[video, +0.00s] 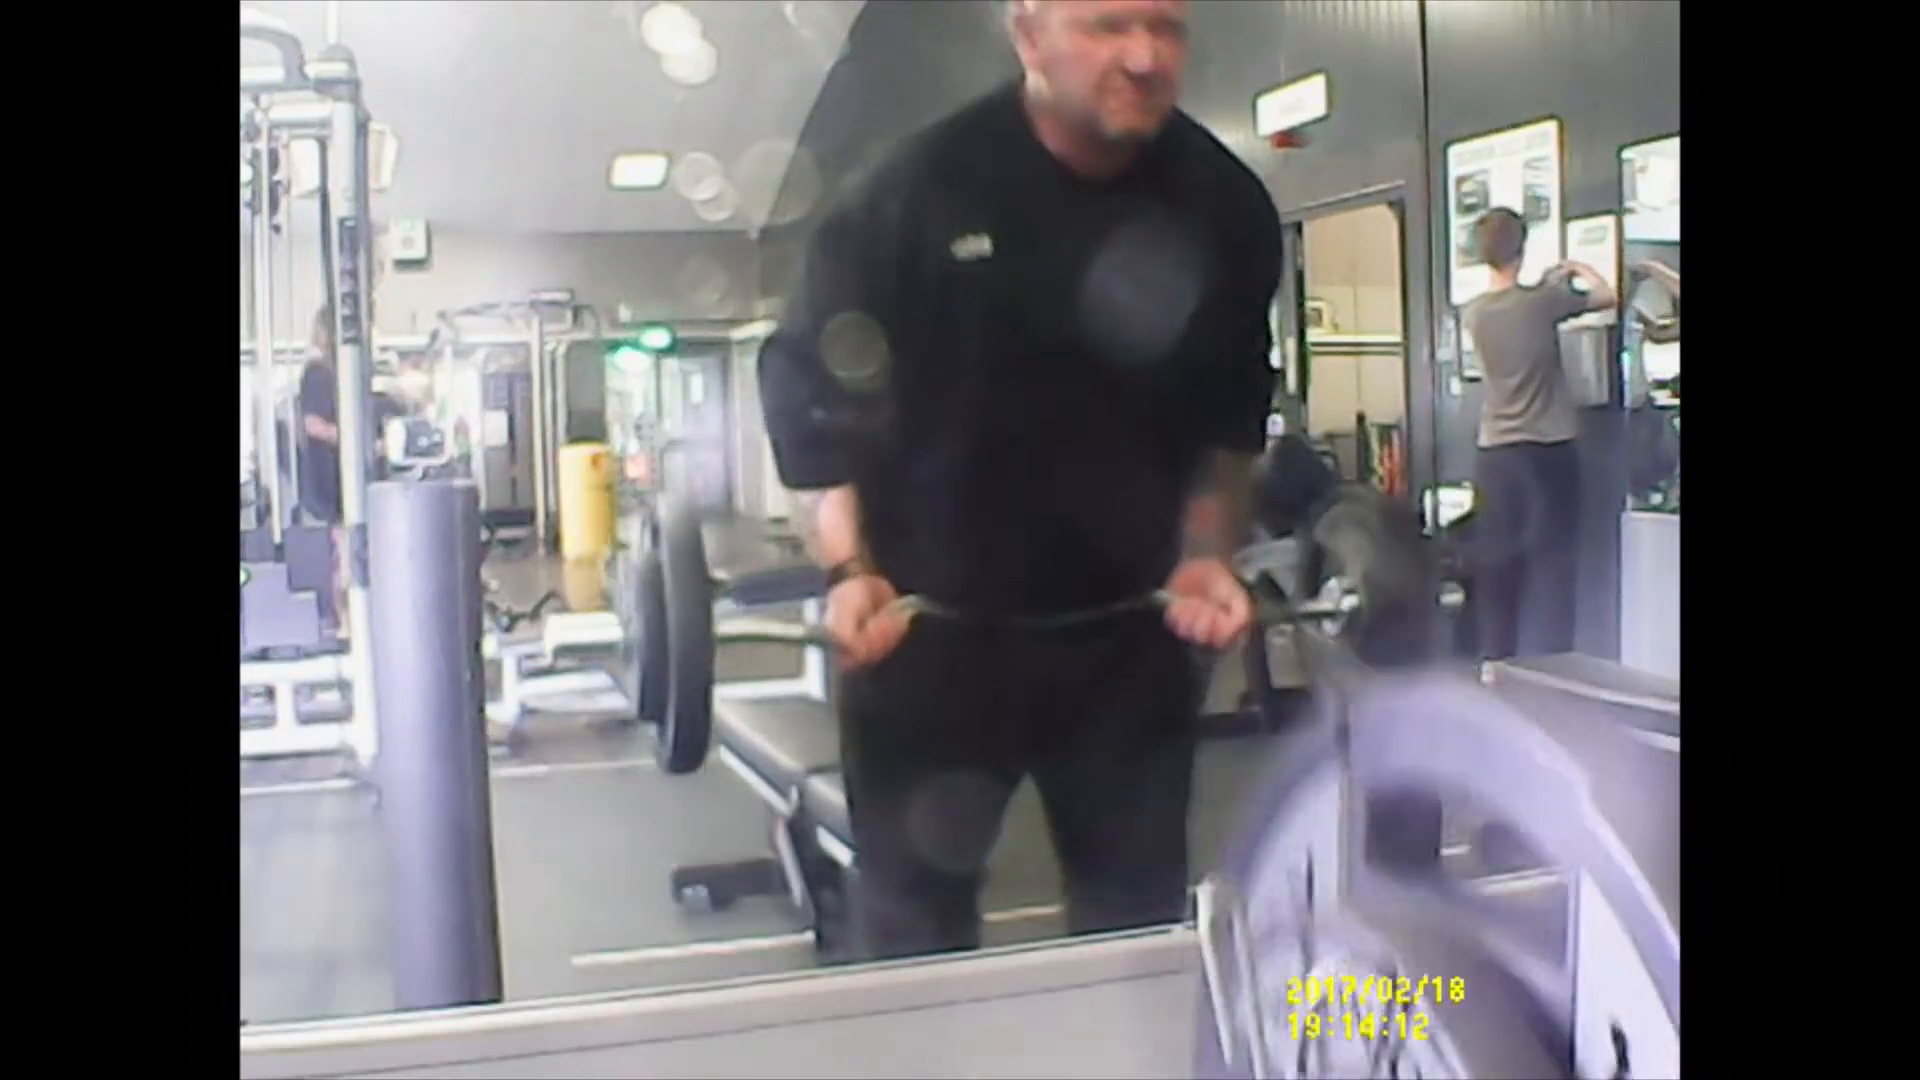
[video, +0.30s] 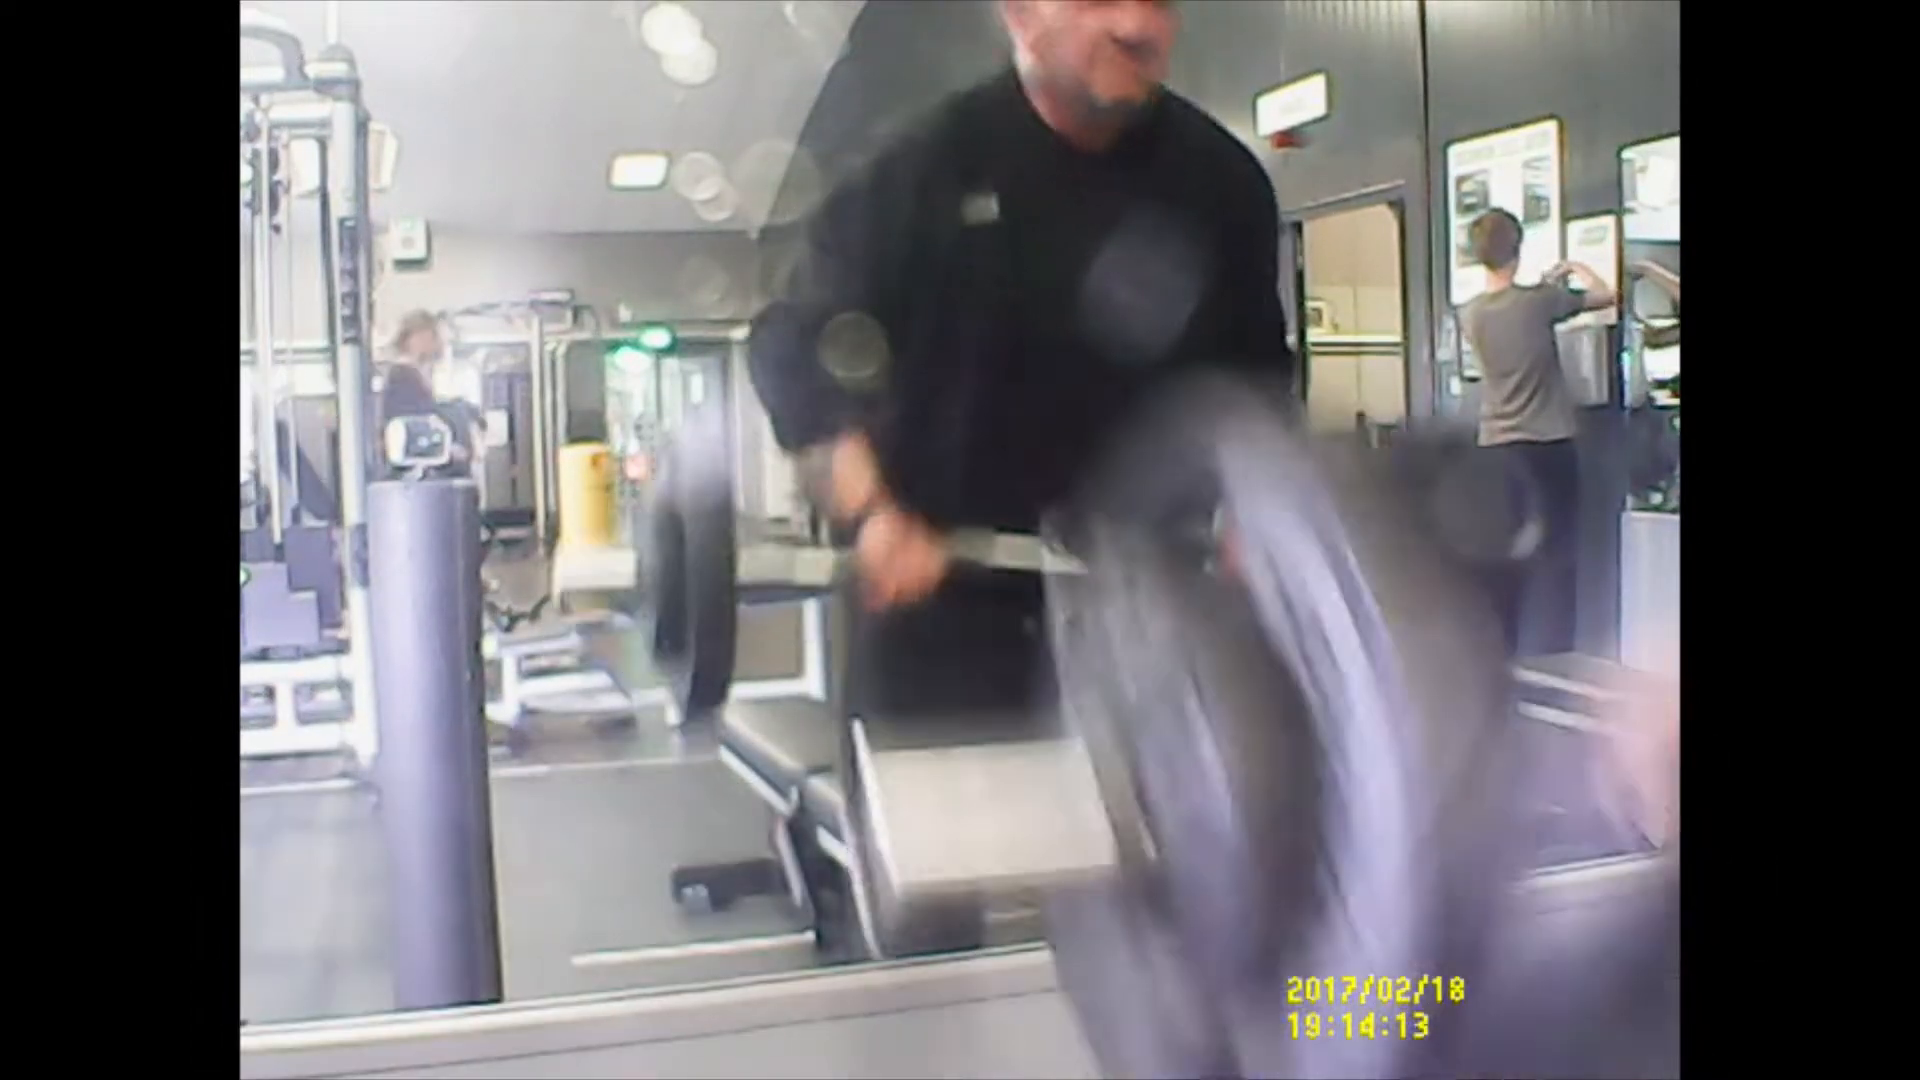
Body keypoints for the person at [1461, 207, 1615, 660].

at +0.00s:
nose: (1515, 252)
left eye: (1497, 245)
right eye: (1519, 244)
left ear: (1481, 253)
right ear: (1522, 250)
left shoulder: (1475, 313)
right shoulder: (1543, 302)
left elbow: (1515, 308)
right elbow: (1608, 299)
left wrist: (1551, 279)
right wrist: (1581, 269)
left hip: (1495, 450)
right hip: (1547, 447)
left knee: (1496, 554)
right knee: (1551, 554)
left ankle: (1493, 660)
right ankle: (1551, 665)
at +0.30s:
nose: (1515, 252)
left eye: (1496, 247)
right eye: (1516, 245)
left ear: (1477, 255)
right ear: (1518, 251)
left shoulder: (1472, 314)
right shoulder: (1539, 301)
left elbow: (1511, 311)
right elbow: (1606, 298)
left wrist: (1549, 282)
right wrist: (1579, 268)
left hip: (1496, 441)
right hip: (1548, 438)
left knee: (1503, 539)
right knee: (1557, 541)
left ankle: (1500, 645)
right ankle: (1552, 651)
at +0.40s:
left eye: (1485, 251)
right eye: (1510, 248)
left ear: (1478, 256)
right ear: (1519, 251)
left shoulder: (1468, 315)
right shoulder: (1539, 302)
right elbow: (1605, 298)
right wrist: (1578, 270)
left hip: (1483, 432)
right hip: (1534, 430)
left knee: (1484, 543)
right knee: (1531, 538)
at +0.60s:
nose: (1522, 257)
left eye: (1518, 249)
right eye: (1521, 250)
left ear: (1480, 259)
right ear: (1519, 255)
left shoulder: (1468, 314)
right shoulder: (1542, 300)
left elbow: (1476, 357)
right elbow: (1600, 301)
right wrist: (1587, 278)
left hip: (1495, 449)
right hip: (1548, 445)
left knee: (1496, 555)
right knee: (1550, 554)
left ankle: (1492, 662)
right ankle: (1546, 667)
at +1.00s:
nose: (1528, 253)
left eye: (1526, 245)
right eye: (1525, 246)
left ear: (1482, 263)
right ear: (1520, 257)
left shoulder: (1472, 311)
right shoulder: (1541, 301)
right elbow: (1607, 299)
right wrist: (1597, 278)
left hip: (1495, 453)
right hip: (1548, 448)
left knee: (1499, 560)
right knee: (1552, 557)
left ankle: (1495, 666)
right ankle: (1549, 671)